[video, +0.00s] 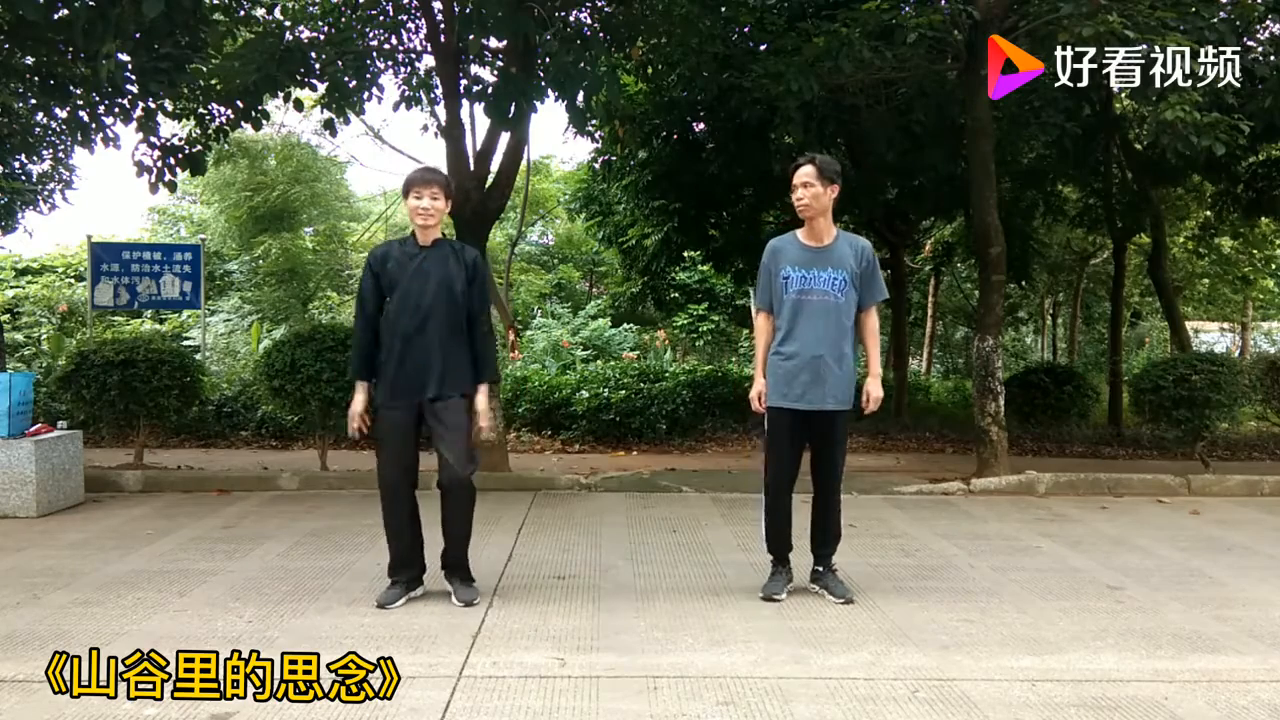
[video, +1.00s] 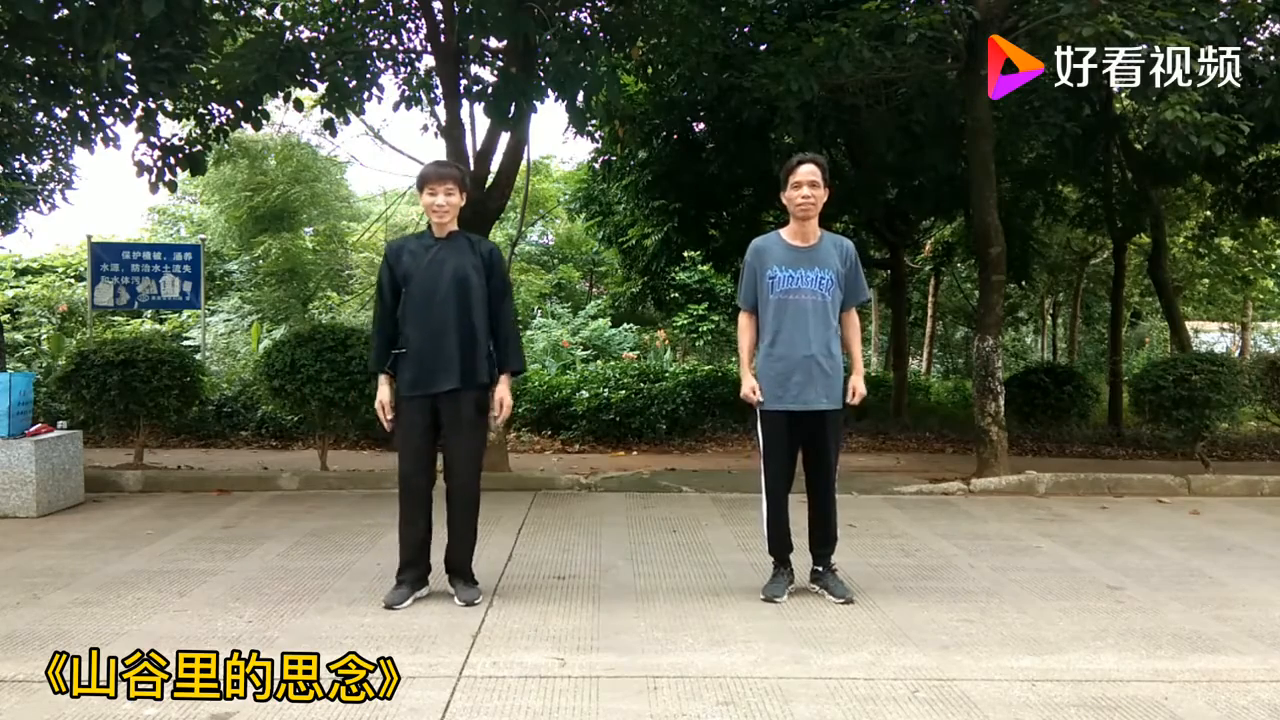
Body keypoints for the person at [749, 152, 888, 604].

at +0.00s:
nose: (798, 194)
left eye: (807, 186)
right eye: (795, 187)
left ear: (832, 191)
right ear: (792, 195)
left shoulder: (859, 251)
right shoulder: (777, 249)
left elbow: (868, 315)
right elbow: (764, 315)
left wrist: (874, 374)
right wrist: (758, 373)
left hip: (836, 388)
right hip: (784, 386)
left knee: (829, 485)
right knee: (777, 483)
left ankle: (824, 567)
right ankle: (780, 566)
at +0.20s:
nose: (797, 193)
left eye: (806, 186)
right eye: (793, 187)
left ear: (830, 192)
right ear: (789, 196)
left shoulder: (855, 251)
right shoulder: (773, 250)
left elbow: (868, 315)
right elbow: (760, 315)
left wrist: (876, 372)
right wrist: (755, 372)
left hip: (836, 387)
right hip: (782, 386)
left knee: (828, 485)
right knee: (778, 485)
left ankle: (824, 567)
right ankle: (781, 567)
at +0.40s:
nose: (802, 194)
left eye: (811, 186)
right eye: (795, 187)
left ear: (829, 194)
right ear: (788, 196)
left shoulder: (850, 251)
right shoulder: (768, 250)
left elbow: (861, 316)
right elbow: (752, 315)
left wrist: (868, 373)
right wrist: (746, 374)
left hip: (832, 386)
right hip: (778, 385)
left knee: (825, 485)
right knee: (777, 484)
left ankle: (823, 568)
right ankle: (781, 567)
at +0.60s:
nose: (803, 194)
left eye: (812, 186)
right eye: (795, 187)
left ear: (827, 194)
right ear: (786, 196)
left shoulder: (846, 251)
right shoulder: (765, 250)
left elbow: (854, 316)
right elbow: (750, 315)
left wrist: (856, 375)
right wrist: (745, 371)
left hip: (828, 385)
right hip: (776, 385)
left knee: (824, 484)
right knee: (776, 484)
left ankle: (823, 568)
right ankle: (781, 567)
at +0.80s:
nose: (805, 193)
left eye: (814, 185)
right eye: (797, 186)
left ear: (826, 194)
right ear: (785, 196)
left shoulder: (843, 250)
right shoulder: (763, 250)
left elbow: (848, 316)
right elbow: (752, 316)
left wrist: (853, 374)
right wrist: (750, 374)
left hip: (828, 385)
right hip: (776, 385)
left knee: (823, 484)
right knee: (776, 484)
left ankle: (823, 568)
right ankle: (781, 567)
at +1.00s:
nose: (805, 193)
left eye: (814, 185)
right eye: (797, 186)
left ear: (825, 194)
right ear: (784, 195)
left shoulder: (842, 250)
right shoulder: (761, 249)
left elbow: (849, 313)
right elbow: (747, 313)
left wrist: (857, 369)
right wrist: (746, 370)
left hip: (827, 387)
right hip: (774, 387)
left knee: (823, 484)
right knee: (775, 485)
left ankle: (823, 567)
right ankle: (780, 568)